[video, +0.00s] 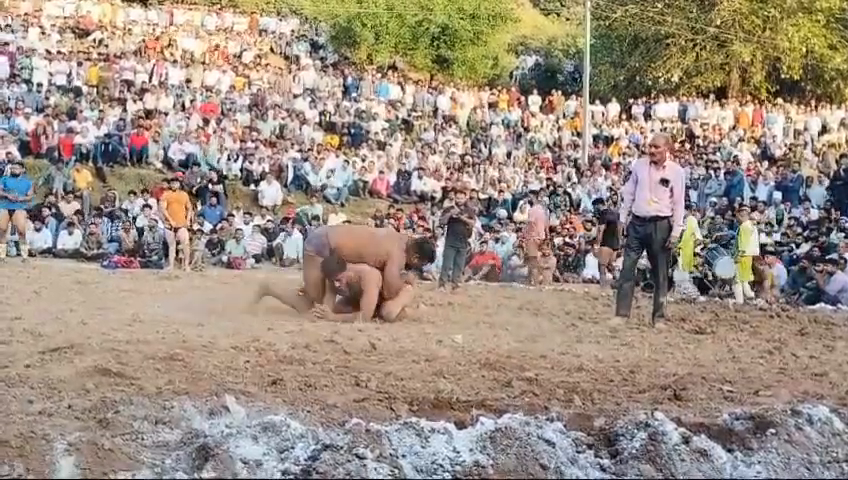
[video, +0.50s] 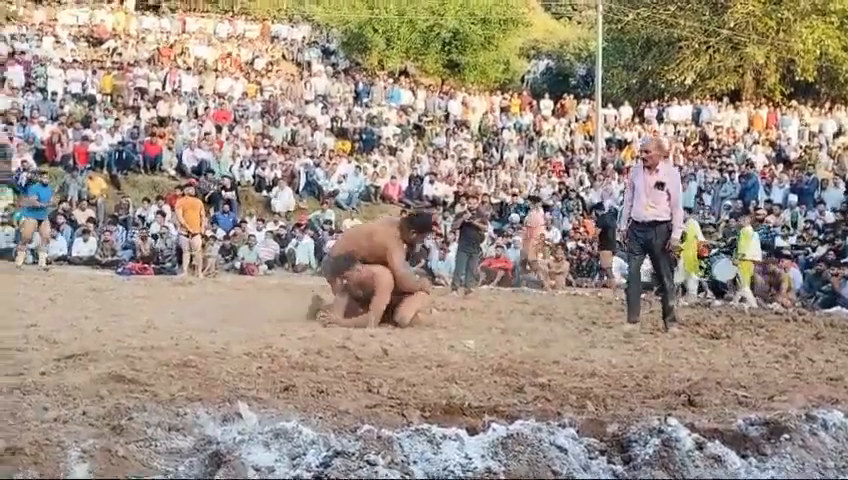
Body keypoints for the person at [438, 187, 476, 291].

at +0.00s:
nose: (459, 200)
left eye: (462, 198)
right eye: (457, 198)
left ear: (465, 198)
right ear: (454, 198)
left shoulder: (469, 211)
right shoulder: (449, 209)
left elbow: (473, 223)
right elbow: (441, 222)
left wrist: (462, 218)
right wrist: (450, 214)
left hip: (463, 242)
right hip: (450, 241)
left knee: (459, 266)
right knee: (447, 265)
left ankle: (455, 285)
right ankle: (443, 284)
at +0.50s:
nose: (472, 205)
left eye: (474, 203)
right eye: (470, 203)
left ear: (477, 204)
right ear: (466, 203)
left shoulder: (481, 216)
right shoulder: (461, 215)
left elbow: (485, 228)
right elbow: (454, 227)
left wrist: (474, 222)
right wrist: (463, 218)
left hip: (475, 246)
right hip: (463, 245)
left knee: (472, 269)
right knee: (459, 268)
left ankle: (469, 288)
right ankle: (455, 287)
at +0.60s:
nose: (484, 209)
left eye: (486, 207)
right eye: (482, 206)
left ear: (490, 207)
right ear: (478, 207)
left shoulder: (493, 220)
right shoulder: (473, 219)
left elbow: (498, 231)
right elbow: (466, 231)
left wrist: (485, 226)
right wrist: (475, 223)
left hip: (488, 250)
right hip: (475, 249)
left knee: (484, 274)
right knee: (472, 272)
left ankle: (481, 292)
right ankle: (467, 290)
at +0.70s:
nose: (496, 214)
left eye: (498, 212)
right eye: (494, 212)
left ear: (502, 213)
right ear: (492, 212)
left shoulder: (507, 225)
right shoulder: (487, 224)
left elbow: (511, 237)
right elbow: (479, 236)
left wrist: (500, 232)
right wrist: (488, 228)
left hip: (501, 256)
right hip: (489, 255)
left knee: (497, 279)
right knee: (485, 278)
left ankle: (494, 297)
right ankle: (480, 295)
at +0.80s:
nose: (508, 220)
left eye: (510, 218)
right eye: (506, 218)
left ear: (514, 219)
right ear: (503, 219)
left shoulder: (517, 230)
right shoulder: (498, 230)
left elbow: (524, 242)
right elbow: (490, 242)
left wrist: (512, 238)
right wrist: (499, 234)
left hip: (513, 259)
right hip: (500, 258)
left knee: (510, 283)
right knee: (496, 281)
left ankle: (507, 302)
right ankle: (493, 300)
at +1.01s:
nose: (498, 226)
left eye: (501, 224)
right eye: (496, 224)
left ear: (504, 225)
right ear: (493, 225)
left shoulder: (509, 235)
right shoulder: (489, 235)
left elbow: (515, 248)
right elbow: (482, 248)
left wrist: (501, 244)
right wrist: (490, 240)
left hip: (503, 265)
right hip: (491, 264)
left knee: (501, 289)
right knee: (488, 287)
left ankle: (498, 308)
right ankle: (484, 306)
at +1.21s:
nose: (490, 230)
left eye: (492, 228)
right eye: (487, 228)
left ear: (496, 228)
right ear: (484, 229)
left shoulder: (501, 240)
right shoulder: (481, 239)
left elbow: (506, 253)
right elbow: (474, 251)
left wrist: (493, 247)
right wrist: (481, 243)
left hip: (495, 269)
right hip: (483, 268)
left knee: (495, 292)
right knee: (480, 290)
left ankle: (493, 312)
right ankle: (477, 310)